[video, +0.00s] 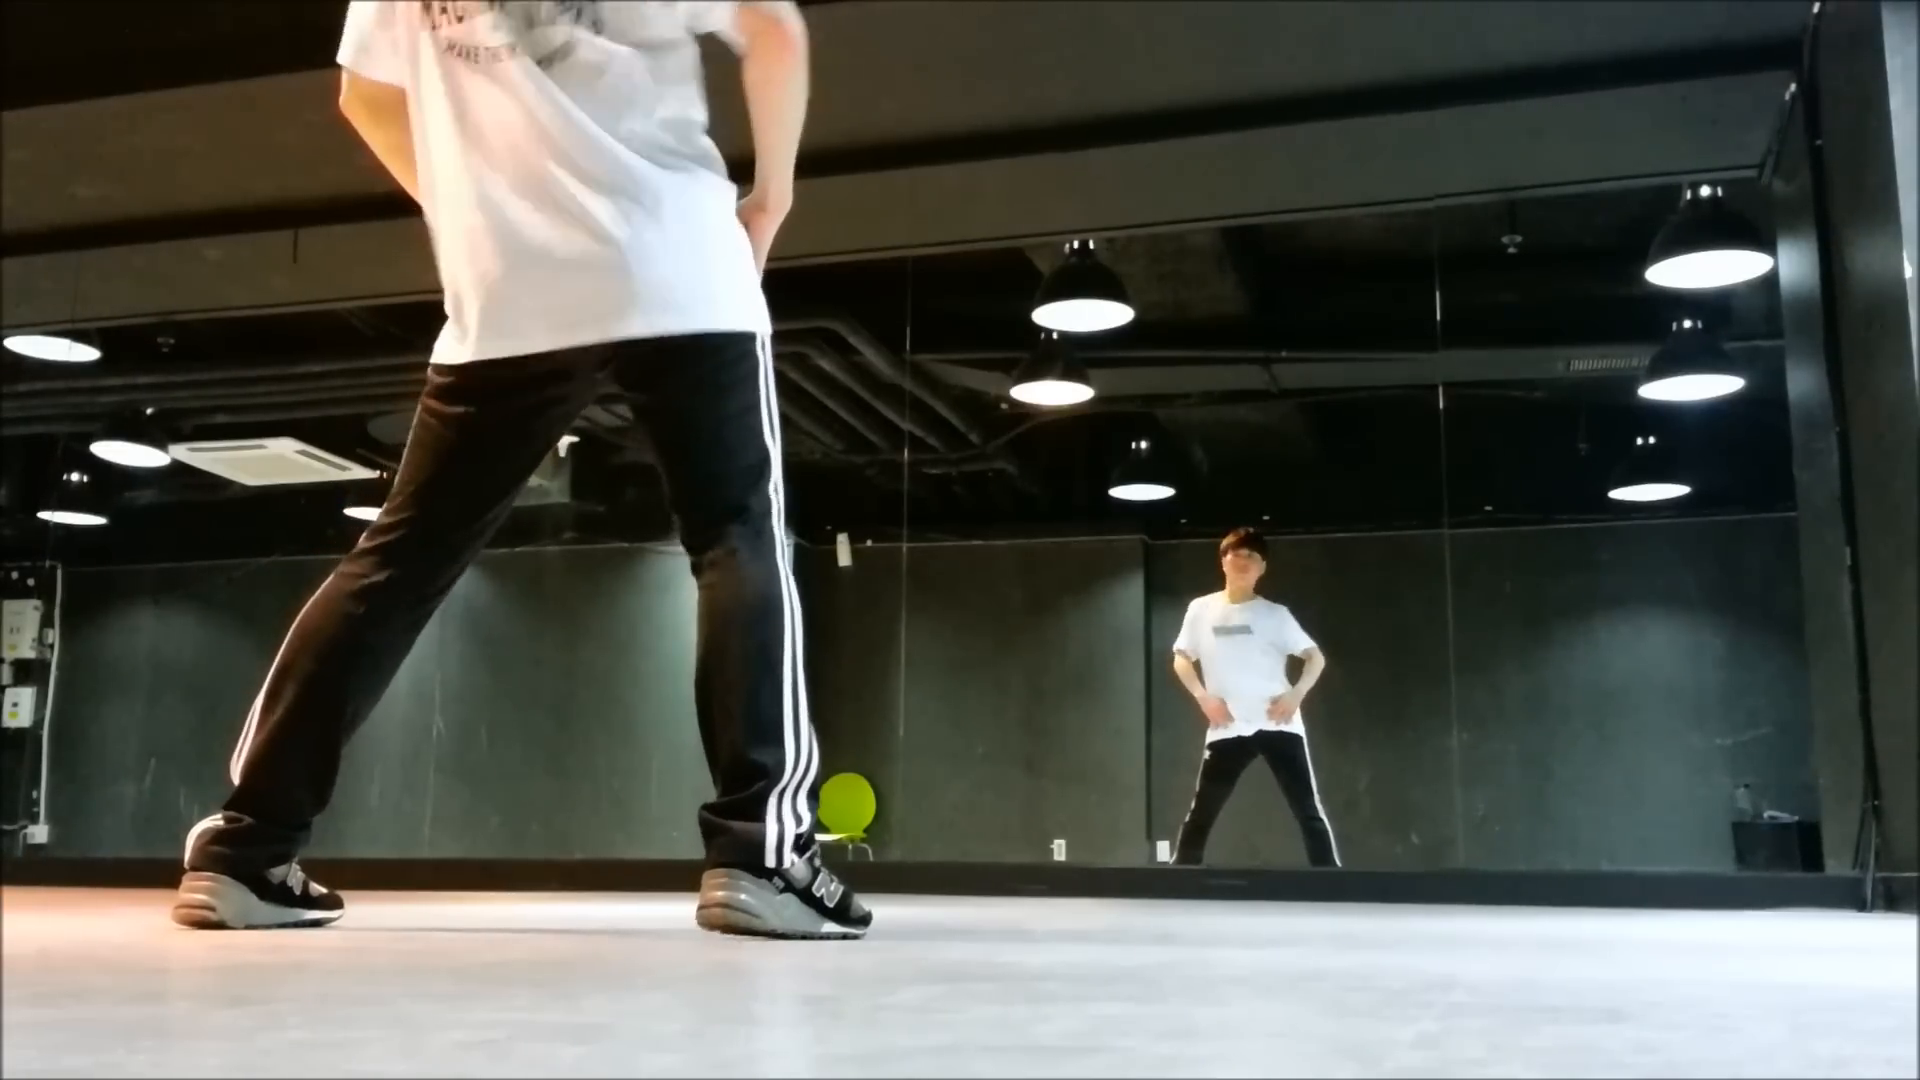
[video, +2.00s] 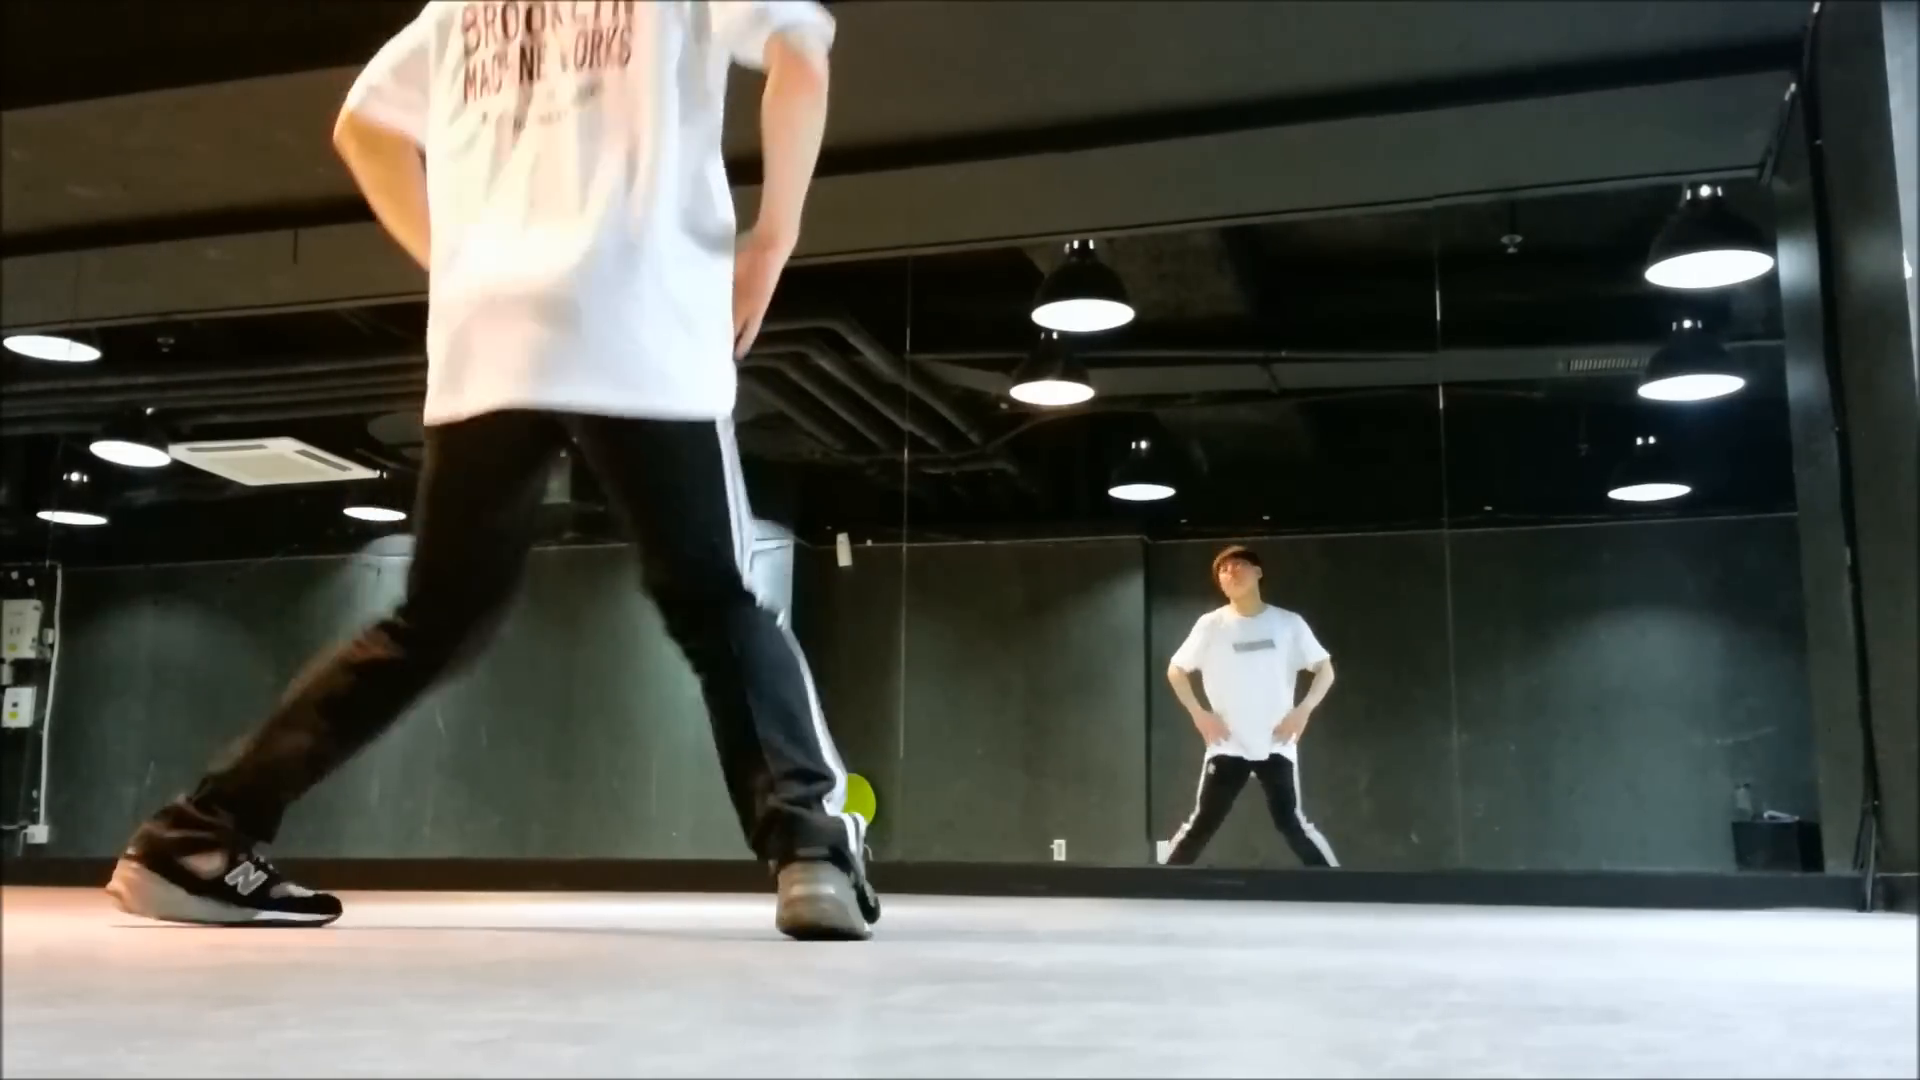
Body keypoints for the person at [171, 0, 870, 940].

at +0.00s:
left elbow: (368, 92)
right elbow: (772, 25)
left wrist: (472, 210)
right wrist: (773, 183)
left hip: (505, 264)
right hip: (679, 254)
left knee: (397, 558)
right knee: (739, 545)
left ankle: (243, 844)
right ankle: (763, 851)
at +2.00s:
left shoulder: (462, 11)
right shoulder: (695, 4)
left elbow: (368, 121)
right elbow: (801, 48)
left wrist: (460, 261)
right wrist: (774, 238)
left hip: (486, 308)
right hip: (647, 305)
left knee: (436, 618)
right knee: (717, 605)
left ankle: (197, 836)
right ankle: (815, 855)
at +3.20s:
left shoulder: (416, 9)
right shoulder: (682, 3)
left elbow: (319, 159)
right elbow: (774, 102)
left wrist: (429, 287)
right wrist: (730, 275)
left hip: (463, 341)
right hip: (624, 338)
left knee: (447, 640)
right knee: (681, 628)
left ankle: (186, 845)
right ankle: (757, 851)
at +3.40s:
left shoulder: (387, 0)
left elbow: (306, 109)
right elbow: (773, 34)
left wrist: (429, 238)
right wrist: (744, 191)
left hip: (485, 288)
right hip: (649, 279)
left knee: (411, 566)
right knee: (756, 550)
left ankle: (279, 833)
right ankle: (714, 841)